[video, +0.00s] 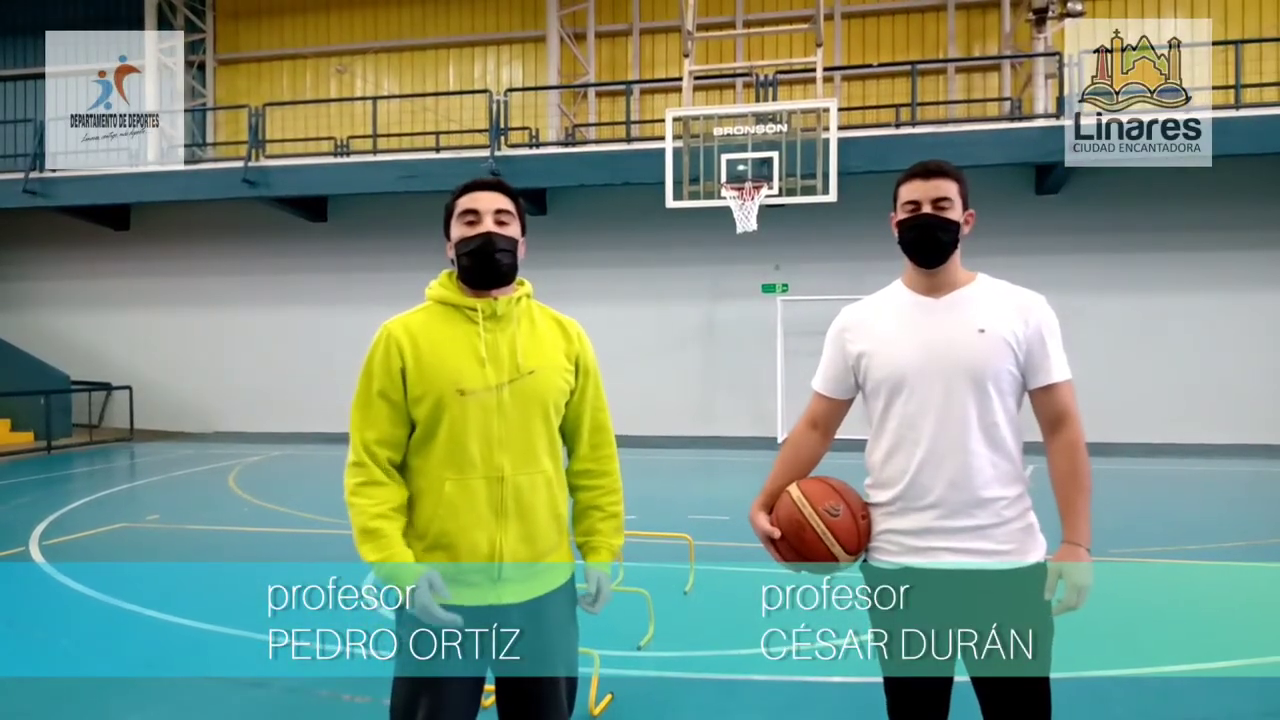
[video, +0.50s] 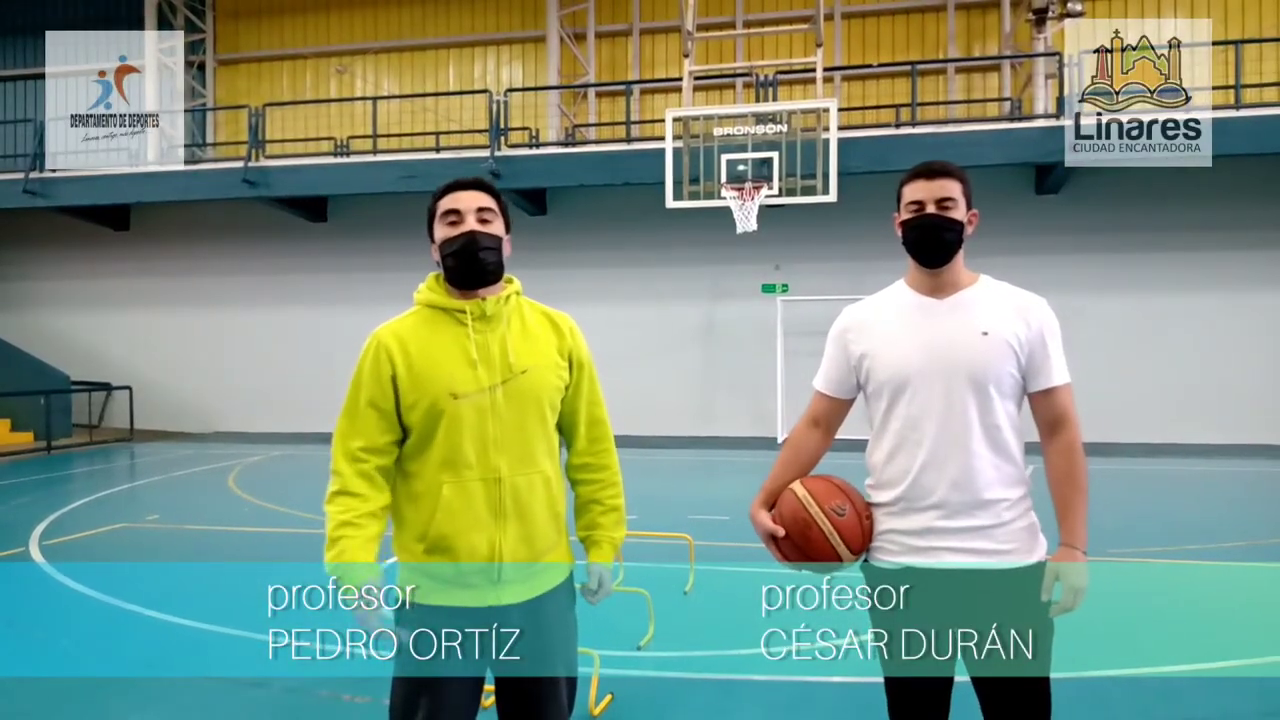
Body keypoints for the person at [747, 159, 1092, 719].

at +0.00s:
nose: (926, 217)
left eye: (941, 206)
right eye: (911, 208)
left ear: (967, 221)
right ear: (894, 226)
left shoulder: (1022, 313)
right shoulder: (857, 324)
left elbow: (1062, 429)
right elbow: (816, 426)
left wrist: (1075, 543)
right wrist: (763, 503)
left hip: (1005, 561)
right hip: (901, 563)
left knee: (1020, 712)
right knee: (913, 713)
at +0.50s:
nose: (929, 217)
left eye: (945, 206)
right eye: (915, 208)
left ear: (971, 220)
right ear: (897, 226)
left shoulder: (1024, 315)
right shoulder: (860, 323)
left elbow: (1060, 432)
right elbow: (816, 425)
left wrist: (1072, 545)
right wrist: (761, 502)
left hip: (1005, 561)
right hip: (901, 562)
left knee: (1020, 710)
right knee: (914, 713)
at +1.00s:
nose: (934, 216)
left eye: (949, 205)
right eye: (920, 207)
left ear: (974, 220)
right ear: (901, 224)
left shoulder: (1026, 315)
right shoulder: (861, 321)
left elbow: (1061, 432)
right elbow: (816, 424)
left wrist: (1075, 544)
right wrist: (762, 501)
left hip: (1006, 561)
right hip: (902, 562)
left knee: (1020, 711)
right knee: (914, 713)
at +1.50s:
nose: (931, 216)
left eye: (946, 205)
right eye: (916, 208)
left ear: (972, 220)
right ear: (899, 226)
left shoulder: (1026, 313)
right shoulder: (860, 322)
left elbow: (1063, 430)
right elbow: (815, 423)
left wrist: (1077, 543)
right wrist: (761, 502)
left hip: (1006, 561)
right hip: (903, 562)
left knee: (1019, 711)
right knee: (914, 713)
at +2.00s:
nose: (931, 215)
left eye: (946, 204)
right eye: (916, 207)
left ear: (972, 220)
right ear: (899, 226)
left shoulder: (1026, 314)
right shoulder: (862, 323)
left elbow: (1063, 430)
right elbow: (818, 425)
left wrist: (1076, 543)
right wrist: (764, 503)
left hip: (1007, 559)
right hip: (904, 560)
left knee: (1020, 711)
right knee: (915, 712)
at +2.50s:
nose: (931, 215)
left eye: (945, 204)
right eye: (916, 208)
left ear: (972, 220)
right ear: (898, 229)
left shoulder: (1026, 315)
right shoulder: (863, 324)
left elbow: (1062, 430)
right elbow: (818, 426)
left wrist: (1078, 542)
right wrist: (765, 505)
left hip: (1008, 559)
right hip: (906, 561)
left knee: (1022, 711)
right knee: (916, 712)